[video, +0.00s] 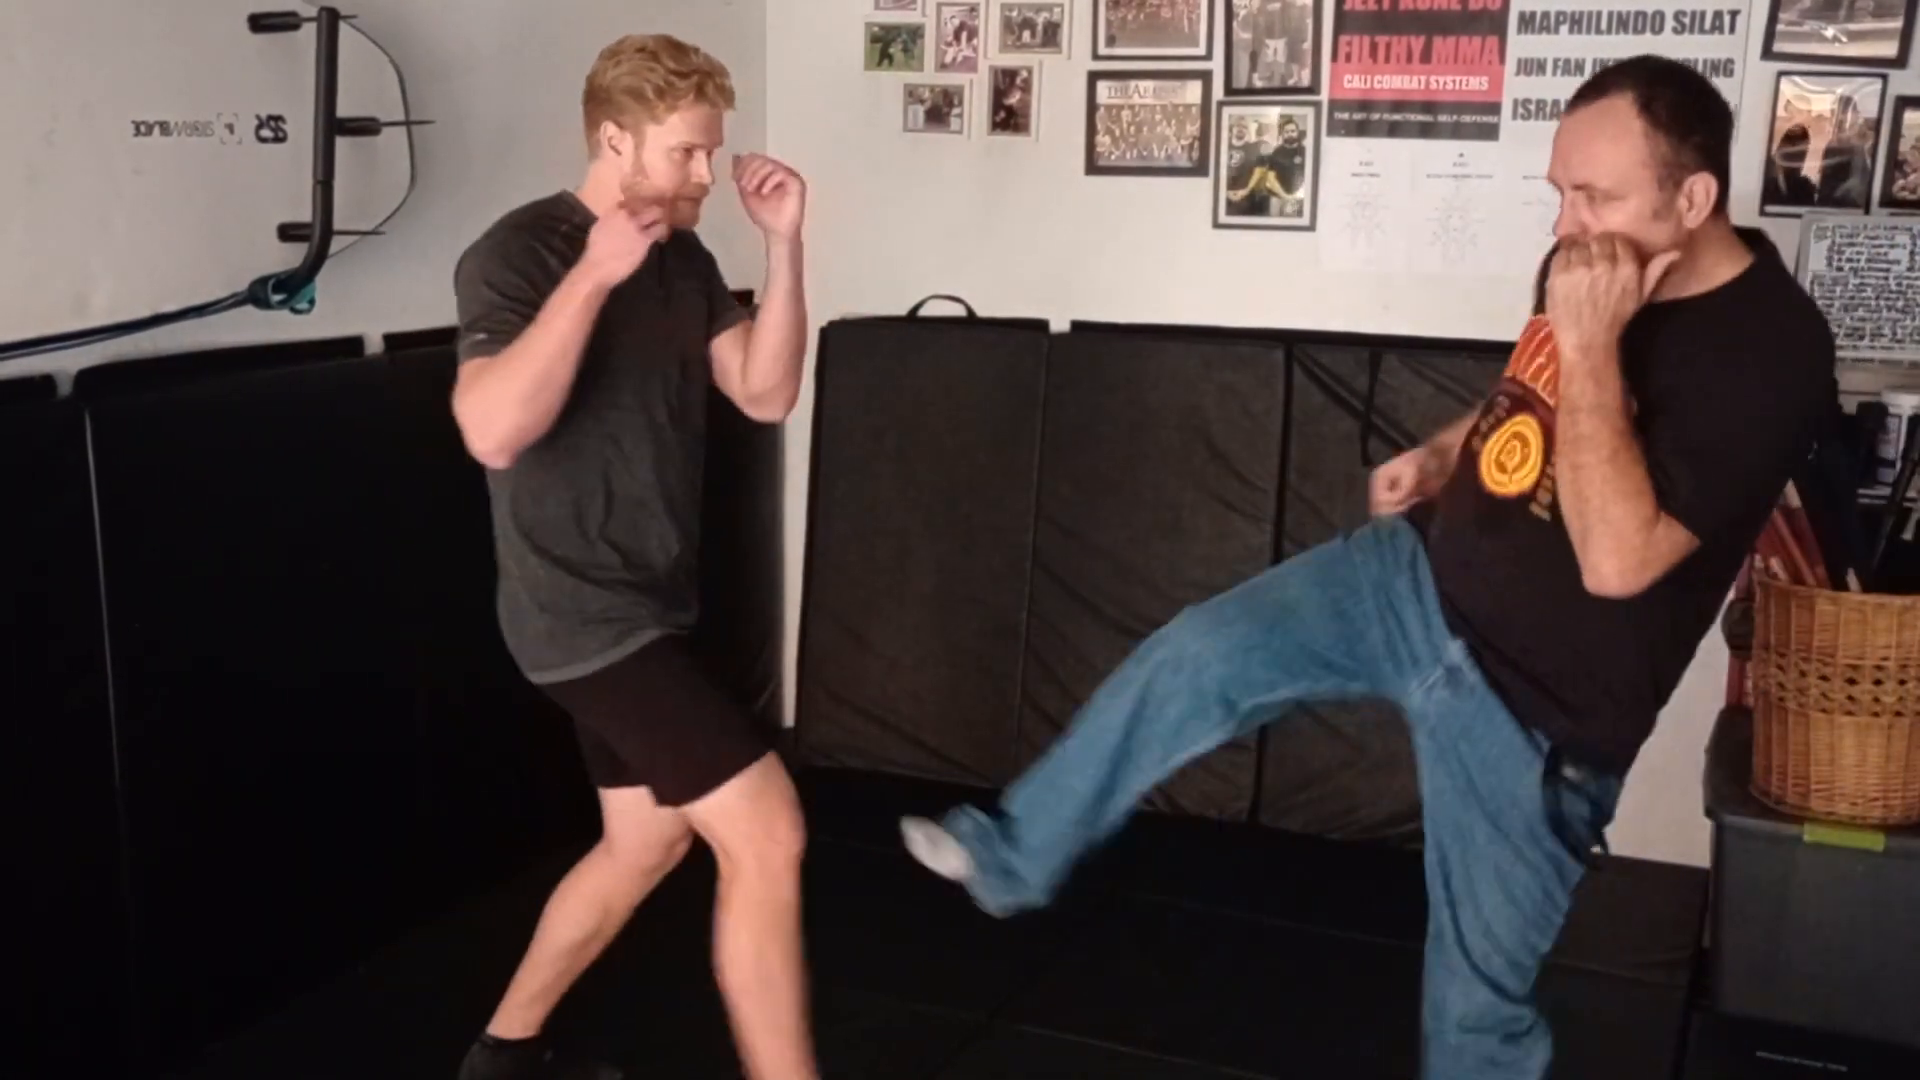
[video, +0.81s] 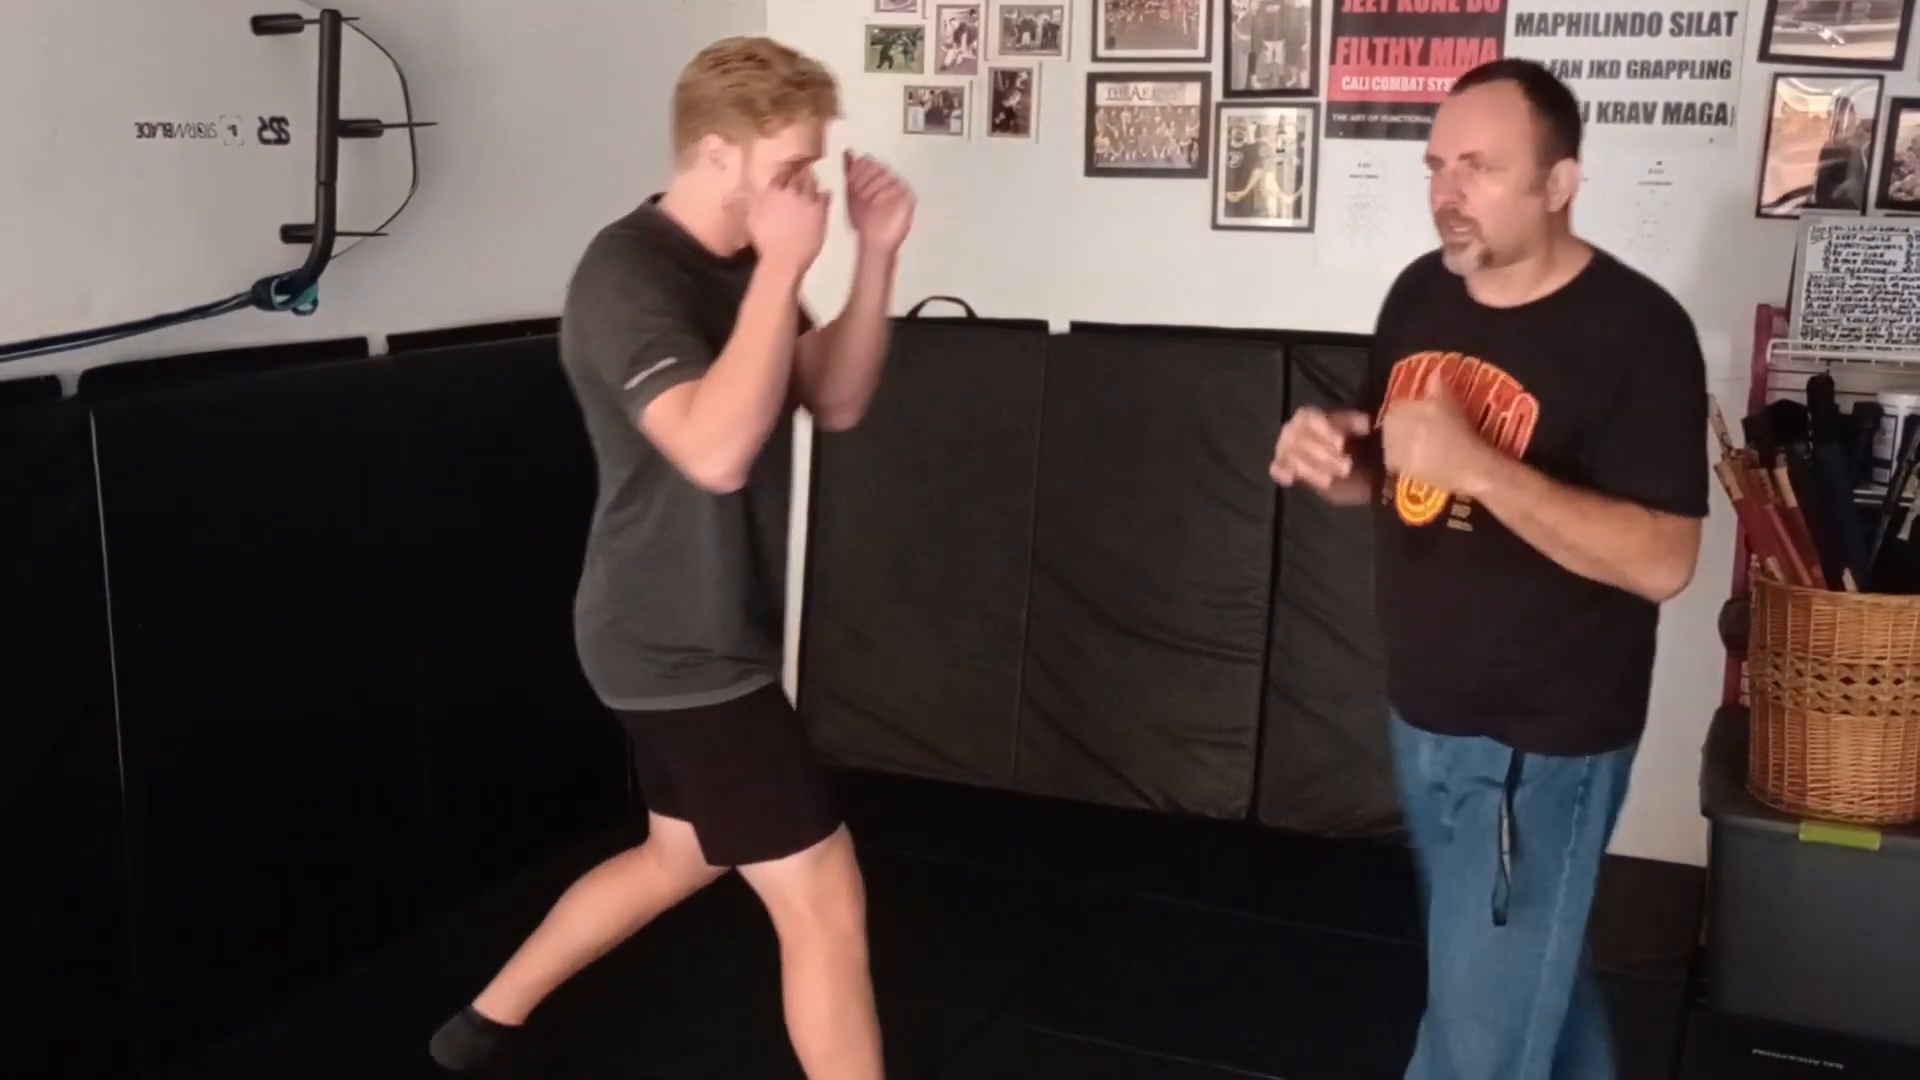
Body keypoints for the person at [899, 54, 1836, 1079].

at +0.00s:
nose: (1567, 225)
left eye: (1597, 197)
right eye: (1563, 196)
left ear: (1697, 198)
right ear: (1561, 184)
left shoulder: (1773, 353)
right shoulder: (1604, 268)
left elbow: (1620, 561)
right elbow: (1535, 398)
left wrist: (1592, 352)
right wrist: (1437, 457)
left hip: (1538, 728)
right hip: (1418, 576)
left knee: (1476, 1023)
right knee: (1198, 656)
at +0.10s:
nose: (1553, 255)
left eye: (1583, 235)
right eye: (1546, 228)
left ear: (1679, 241)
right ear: (1546, 216)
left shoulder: (1763, 396)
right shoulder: (1547, 310)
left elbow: (1613, 601)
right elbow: (1459, 448)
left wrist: (1573, 386)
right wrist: (1351, 519)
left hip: (1496, 782)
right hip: (1369, 627)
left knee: (1441, 1046)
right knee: (1126, 700)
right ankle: (881, 786)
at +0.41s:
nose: (1503, 251)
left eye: (1537, 225)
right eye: (1495, 220)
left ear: (1631, 225)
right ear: (1486, 214)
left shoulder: (1703, 384)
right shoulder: (1493, 289)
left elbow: (1575, 601)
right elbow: (1407, 420)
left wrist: (1514, 407)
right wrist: (1283, 496)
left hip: (1491, 741)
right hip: (1357, 604)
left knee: (1445, 1023)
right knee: (1150, 731)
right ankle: (950, 876)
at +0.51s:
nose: (1483, 235)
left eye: (1513, 205)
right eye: (1473, 205)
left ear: (1606, 206)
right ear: (1464, 199)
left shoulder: (1681, 364)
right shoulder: (1487, 288)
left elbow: (1561, 590)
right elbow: (1421, 410)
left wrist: (1476, 396)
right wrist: (1303, 459)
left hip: (1496, 743)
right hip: (1363, 618)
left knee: (1449, 1016)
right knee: (1186, 769)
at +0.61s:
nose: (1470, 213)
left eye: (1501, 184)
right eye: (1462, 183)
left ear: (1596, 189)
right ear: (1454, 183)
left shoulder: (1674, 352)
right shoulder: (1477, 276)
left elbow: (1581, 582)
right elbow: (1421, 424)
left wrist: (1471, 409)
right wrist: (1323, 429)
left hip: (1499, 754)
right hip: (1359, 658)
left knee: (1451, 1030)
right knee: (1241, 857)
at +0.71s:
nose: (1465, 197)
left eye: (1495, 170)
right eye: (1456, 166)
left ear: (1584, 180)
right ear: (1447, 165)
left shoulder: (1667, 339)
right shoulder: (1452, 280)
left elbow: (1629, 576)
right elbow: (1412, 451)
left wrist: (1471, 426)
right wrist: (1340, 432)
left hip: (1524, 760)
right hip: (1379, 706)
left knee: (1465, 1042)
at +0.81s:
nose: (1444, 193)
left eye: (1477, 167)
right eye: (1437, 165)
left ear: (1560, 181)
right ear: (1428, 167)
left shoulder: (1644, 333)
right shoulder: (1422, 293)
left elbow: (1664, 560)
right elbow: (1390, 469)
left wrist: (1473, 468)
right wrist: (1330, 462)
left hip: (1547, 748)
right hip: (1426, 718)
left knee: (1480, 1037)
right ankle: (1576, 1065)